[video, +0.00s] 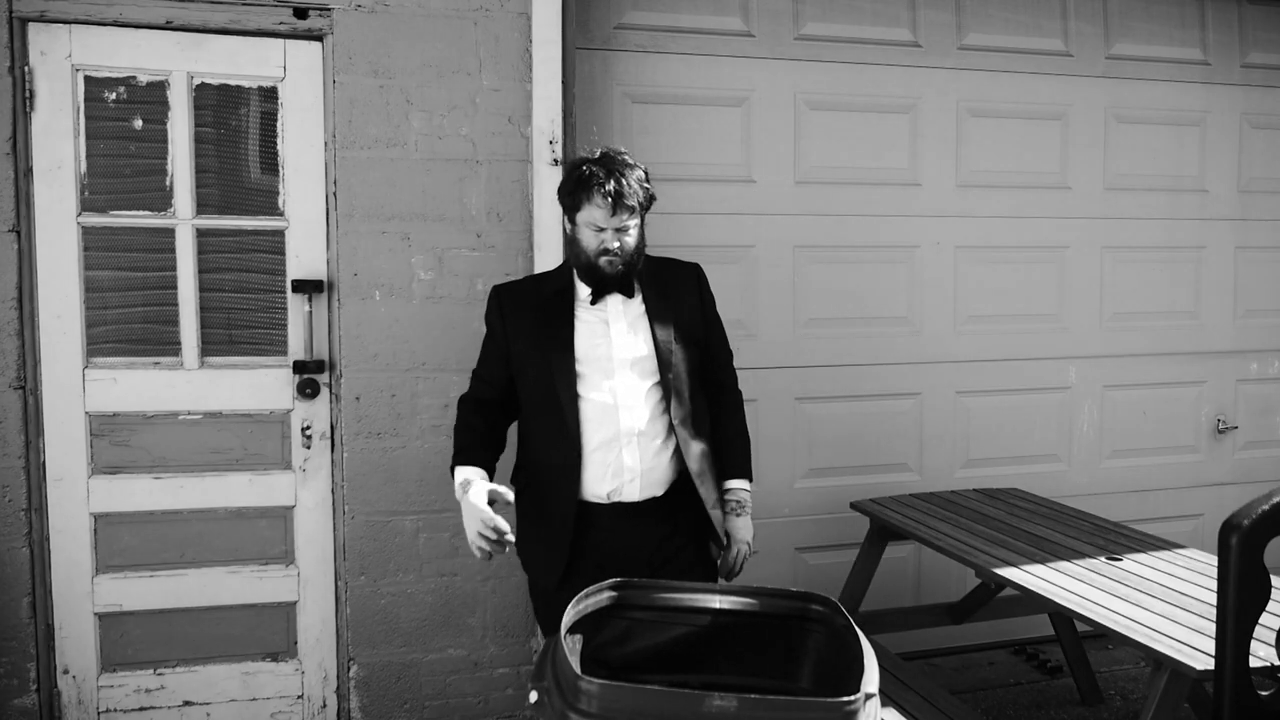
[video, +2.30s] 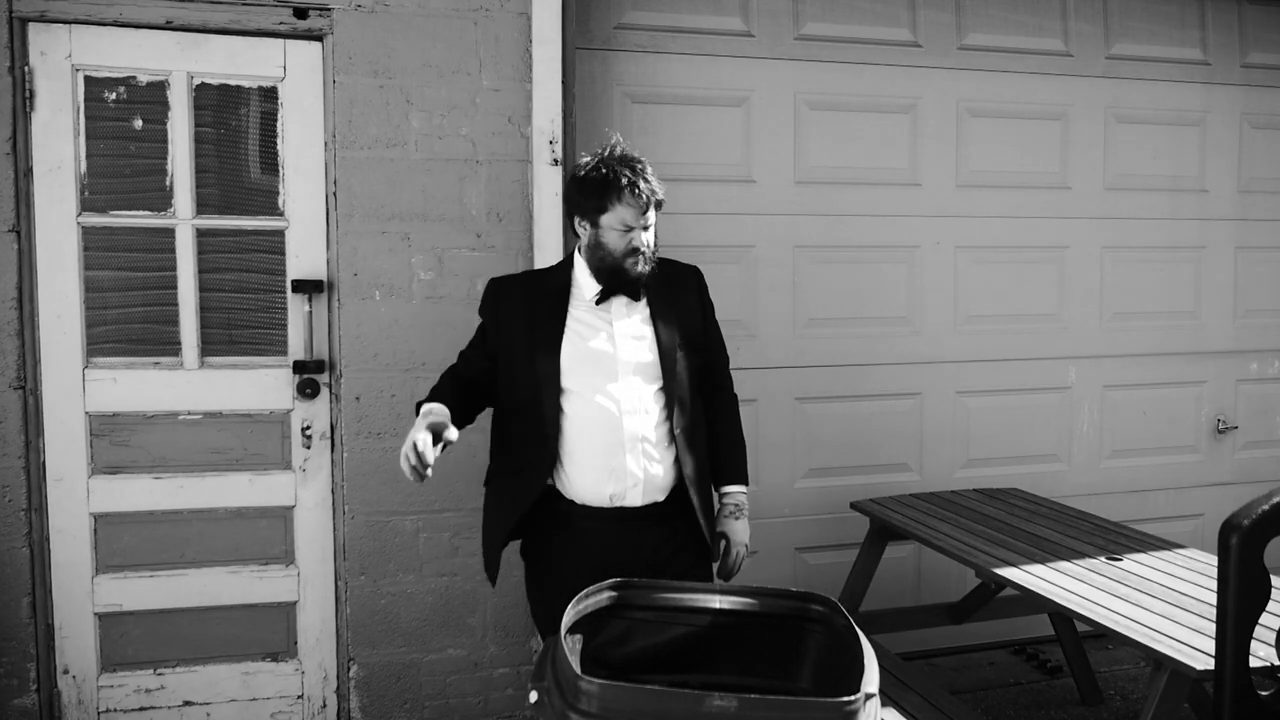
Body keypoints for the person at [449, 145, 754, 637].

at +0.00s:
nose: (613, 243)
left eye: (625, 228)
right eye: (597, 229)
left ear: (642, 223)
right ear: (568, 223)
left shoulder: (683, 287)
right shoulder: (518, 306)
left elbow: (721, 394)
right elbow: (485, 404)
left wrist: (738, 500)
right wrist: (470, 483)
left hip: (675, 529)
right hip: (570, 536)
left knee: (680, 696)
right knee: (585, 703)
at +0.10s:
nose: (611, 245)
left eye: (624, 229)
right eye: (595, 231)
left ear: (642, 221)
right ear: (568, 225)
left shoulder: (683, 287)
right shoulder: (518, 305)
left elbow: (722, 395)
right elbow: (466, 387)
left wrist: (737, 502)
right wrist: (459, 401)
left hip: (674, 527)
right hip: (570, 535)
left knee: (683, 693)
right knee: (585, 696)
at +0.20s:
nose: (609, 247)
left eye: (621, 231)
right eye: (592, 234)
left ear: (639, 223)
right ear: (565, 229)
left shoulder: (682, 287)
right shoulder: (523, 298)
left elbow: (720, 393)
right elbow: (452, 370)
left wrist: (737, 501)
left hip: (672, 525)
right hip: (569, 533)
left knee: (678, 690)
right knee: (581, 691)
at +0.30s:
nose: (605, 250)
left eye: (618, 233)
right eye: (587, 238)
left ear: (636, 222)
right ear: (561, 233)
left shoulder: (679, 286)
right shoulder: (524, 291)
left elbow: (719, 393)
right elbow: (448, 323)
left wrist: (738, 499)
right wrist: (500, 226)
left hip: (671, 527)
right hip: (568, 533)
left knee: (677, 693)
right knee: (580, 693)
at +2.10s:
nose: (621, 250)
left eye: (631, 232)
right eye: (603, 236)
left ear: (645, 224)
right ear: (570, 231)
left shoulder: (681, 287)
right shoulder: (521, 290)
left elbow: (719, 396)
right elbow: (428, 314)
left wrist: (733, 504)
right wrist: (481, 234)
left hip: (670, 528)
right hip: (566, 531)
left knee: (675, 695)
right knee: (577, 693)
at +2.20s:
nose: (637, 246)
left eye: (643, 228)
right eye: (619, 232)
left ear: (652, 221)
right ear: (578, 229)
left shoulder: (682, 288)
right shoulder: (519, 295)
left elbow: (719, 397)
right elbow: (435, 363)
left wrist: (734, 504)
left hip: (670, 527)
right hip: (566, 532)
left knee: (676, 694)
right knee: (577, 693)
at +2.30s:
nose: (646, 243)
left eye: (651, 227)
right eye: (629, 228)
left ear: (657, 222)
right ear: (583, 228)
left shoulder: (681, 288)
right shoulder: (518, 301)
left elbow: (718, 396)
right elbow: (475, 375)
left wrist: (733, 503)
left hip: (669, 530)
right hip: (566, 535)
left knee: (674, 695)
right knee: (575, 693)